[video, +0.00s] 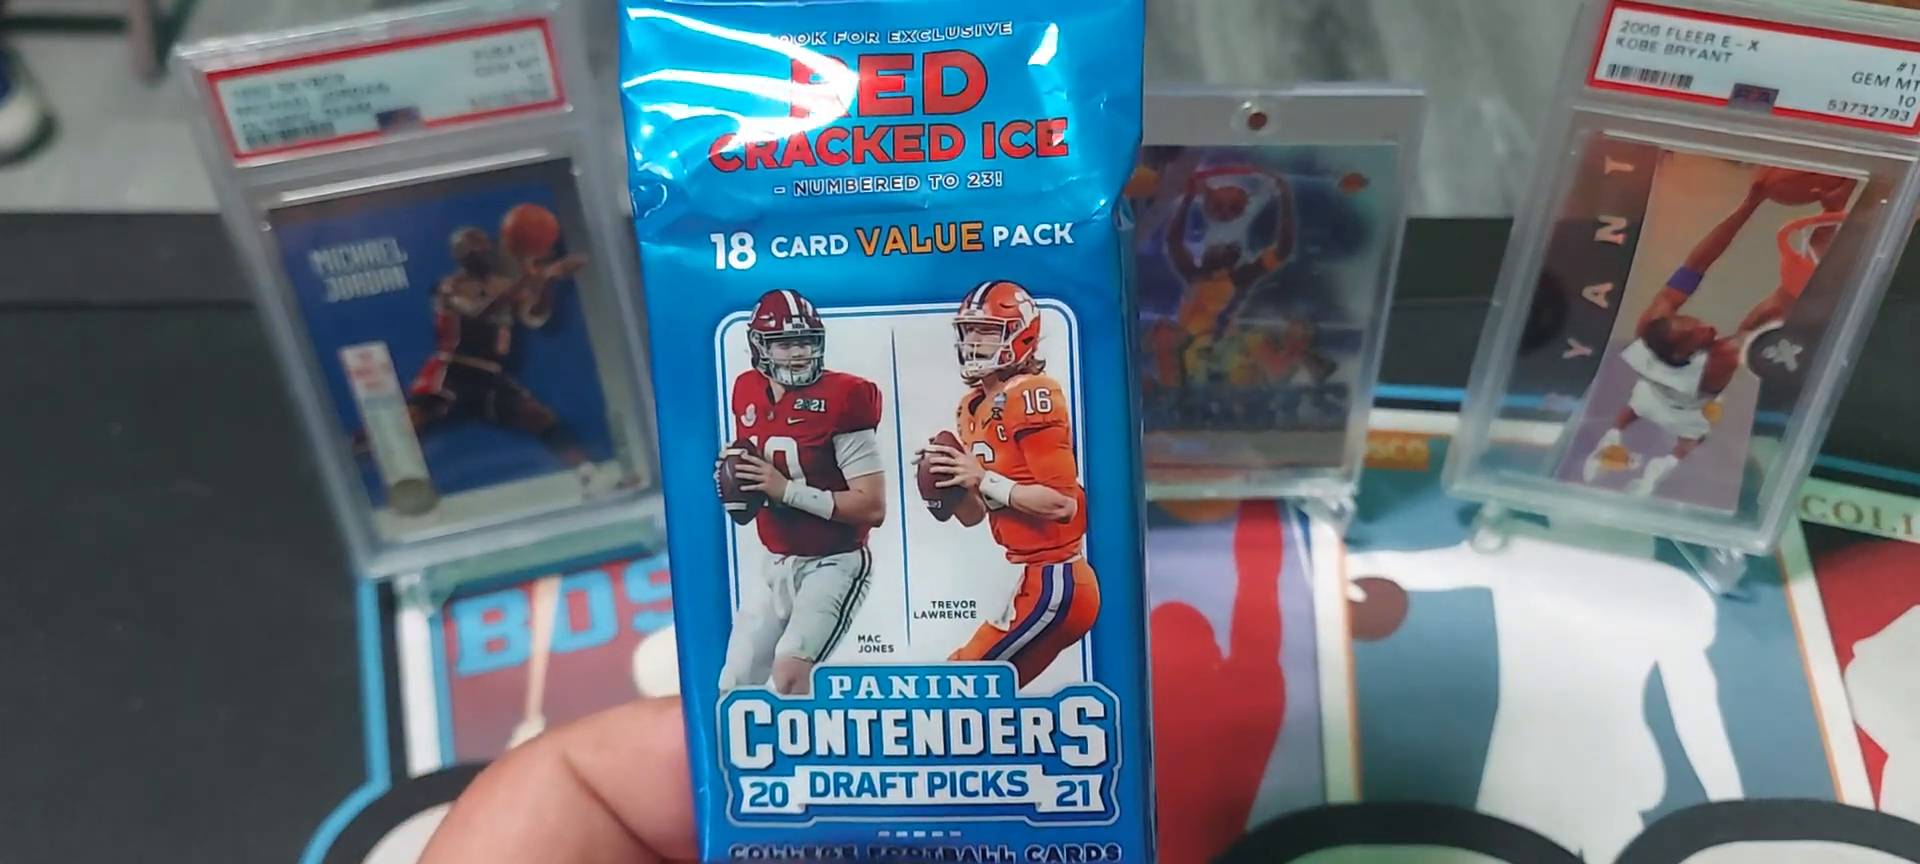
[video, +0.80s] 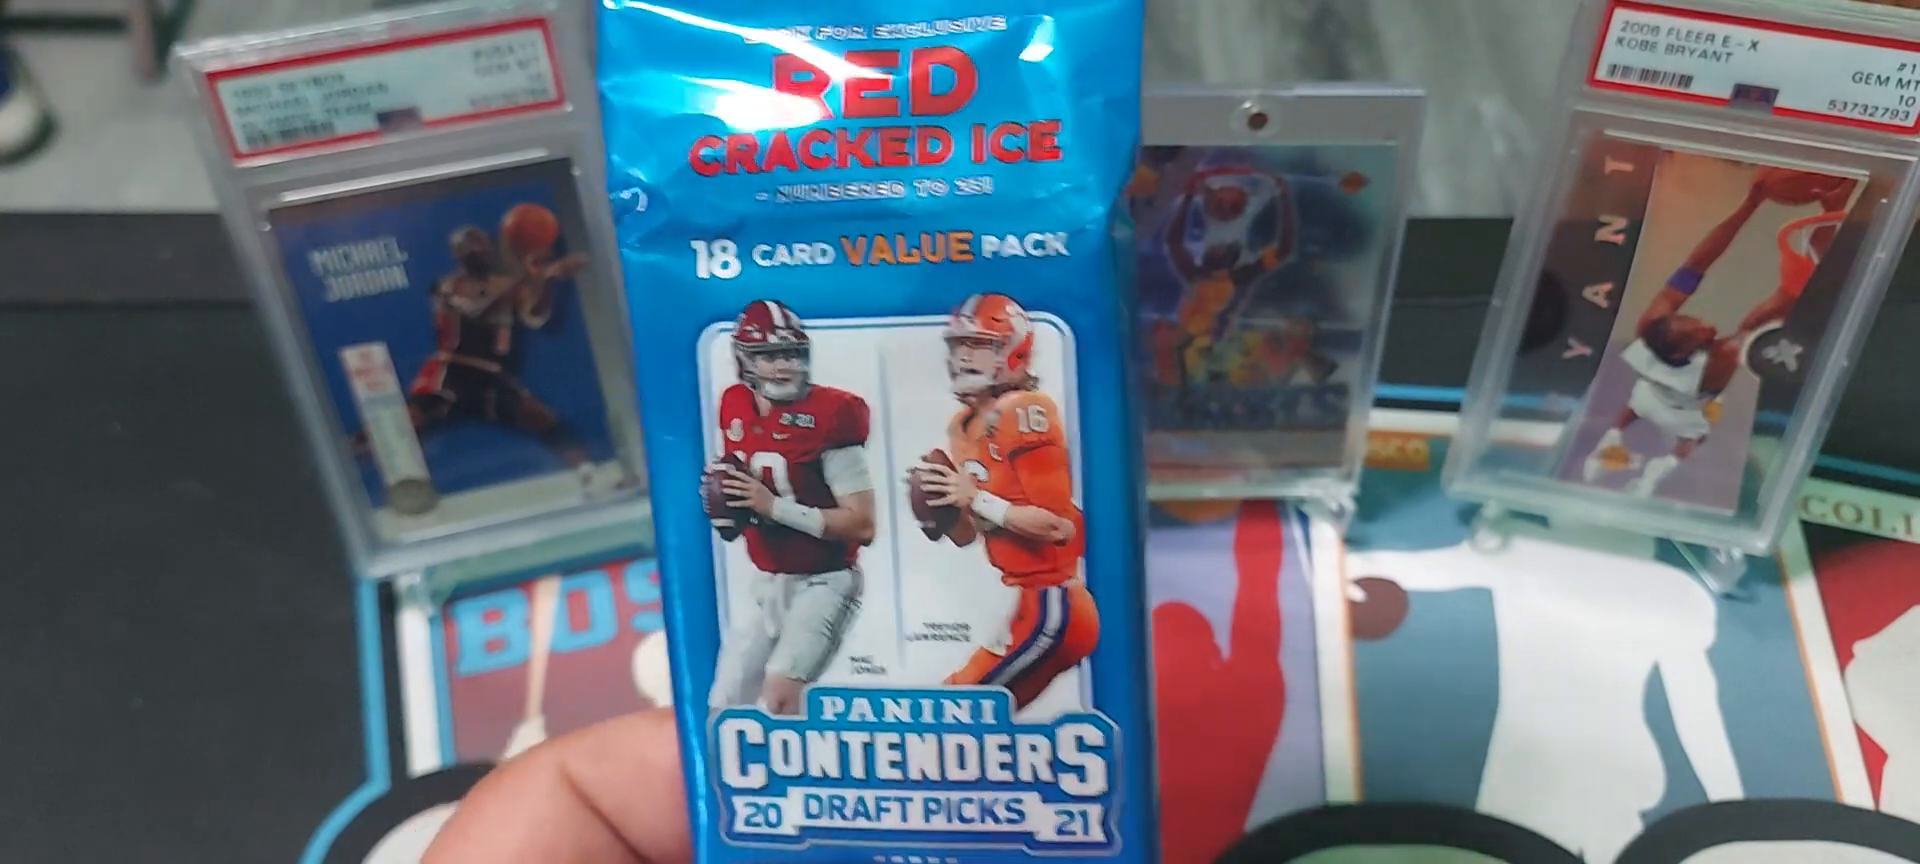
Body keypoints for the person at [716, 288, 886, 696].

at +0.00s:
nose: (796, 353)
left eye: (804, 342)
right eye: (783, 343)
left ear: (818, 344)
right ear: (760, 346)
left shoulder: (846, 397)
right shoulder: (747, 390)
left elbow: (872, 507)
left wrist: (786, 490)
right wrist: (732, 475)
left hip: (837, 563)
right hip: (775, 565)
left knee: (788, 677)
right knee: (734, 685)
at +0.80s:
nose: (781, 366)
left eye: (790, 354)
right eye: (767, 356)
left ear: (804, 357)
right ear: (745, 361)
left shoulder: (834, 413)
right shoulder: (735, 404)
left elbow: (862, 524)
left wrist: (773, 506)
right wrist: (720, 499)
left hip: (827, 581)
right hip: (766, 583)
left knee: (780, 694)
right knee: (724, 705)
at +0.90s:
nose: (852, 384)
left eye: (861, 372)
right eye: (838, 373)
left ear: (875, 375)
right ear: (813, 377)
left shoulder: (902, 432)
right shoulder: (802, 420)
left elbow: (925, 546)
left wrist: (836, 524)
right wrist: (783, 514)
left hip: (887, 602)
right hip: (826, 602)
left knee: (836, 715)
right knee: (779, 726)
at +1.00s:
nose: (904, 412)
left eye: (914, 400)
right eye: (890, 400)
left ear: (928, 402)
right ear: (865, 403)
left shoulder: (956, 461)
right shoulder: (852, 447)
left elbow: (975, 577)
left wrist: (885, 553)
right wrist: (832, 543)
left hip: (935, 635)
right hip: (871, 632)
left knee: (881, 748)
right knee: (823, 757)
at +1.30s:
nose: (959, 402)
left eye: (968, 391)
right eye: (946, 391)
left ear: (982, 394)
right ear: (919, 393)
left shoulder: (1004, 453)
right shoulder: (901, 436)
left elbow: (1021, 570)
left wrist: (932, 544)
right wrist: (877, 527)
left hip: (977, 626)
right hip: (910, 621)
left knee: (916, 738)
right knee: (858, 743)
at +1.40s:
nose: (979, 379)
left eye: (990, 367)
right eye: (967, 367)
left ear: (1004, 371)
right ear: (941, 369)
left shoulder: (1025, 429)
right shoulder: (923, 409)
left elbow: (1035, 547)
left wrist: (947, 517)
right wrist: (895, 494)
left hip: (991, 600)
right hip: (927, 594)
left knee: (926, 707)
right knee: (867, 712)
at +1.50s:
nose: (1003, 364)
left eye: (1014, 354)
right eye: (989, 352)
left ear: (1026, 358)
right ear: (963, 352)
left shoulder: (1045, 417)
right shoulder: (942, 394)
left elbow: (1053, 534)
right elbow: (933, 469)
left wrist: (966, 504)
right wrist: (911, 480)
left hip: (1006, 588)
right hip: (941, 580)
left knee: (937, 697)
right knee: (878, 698)